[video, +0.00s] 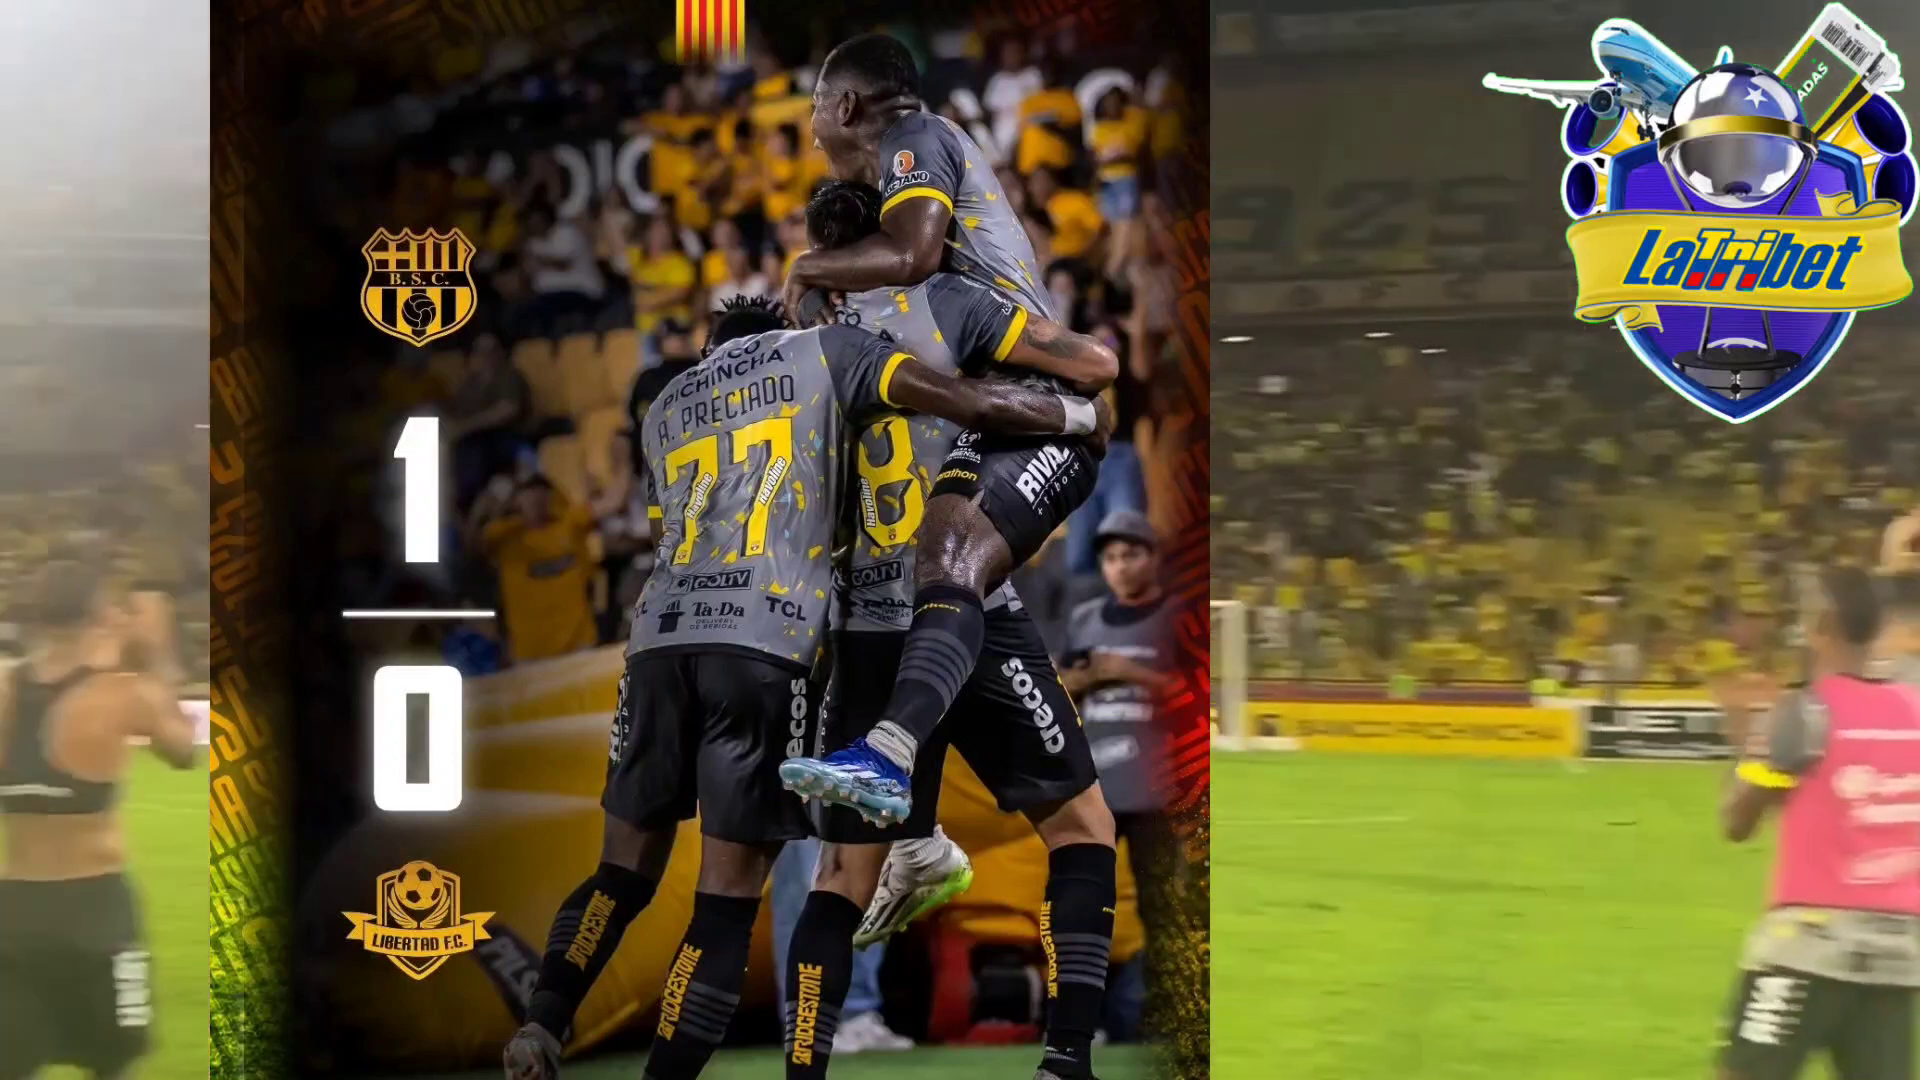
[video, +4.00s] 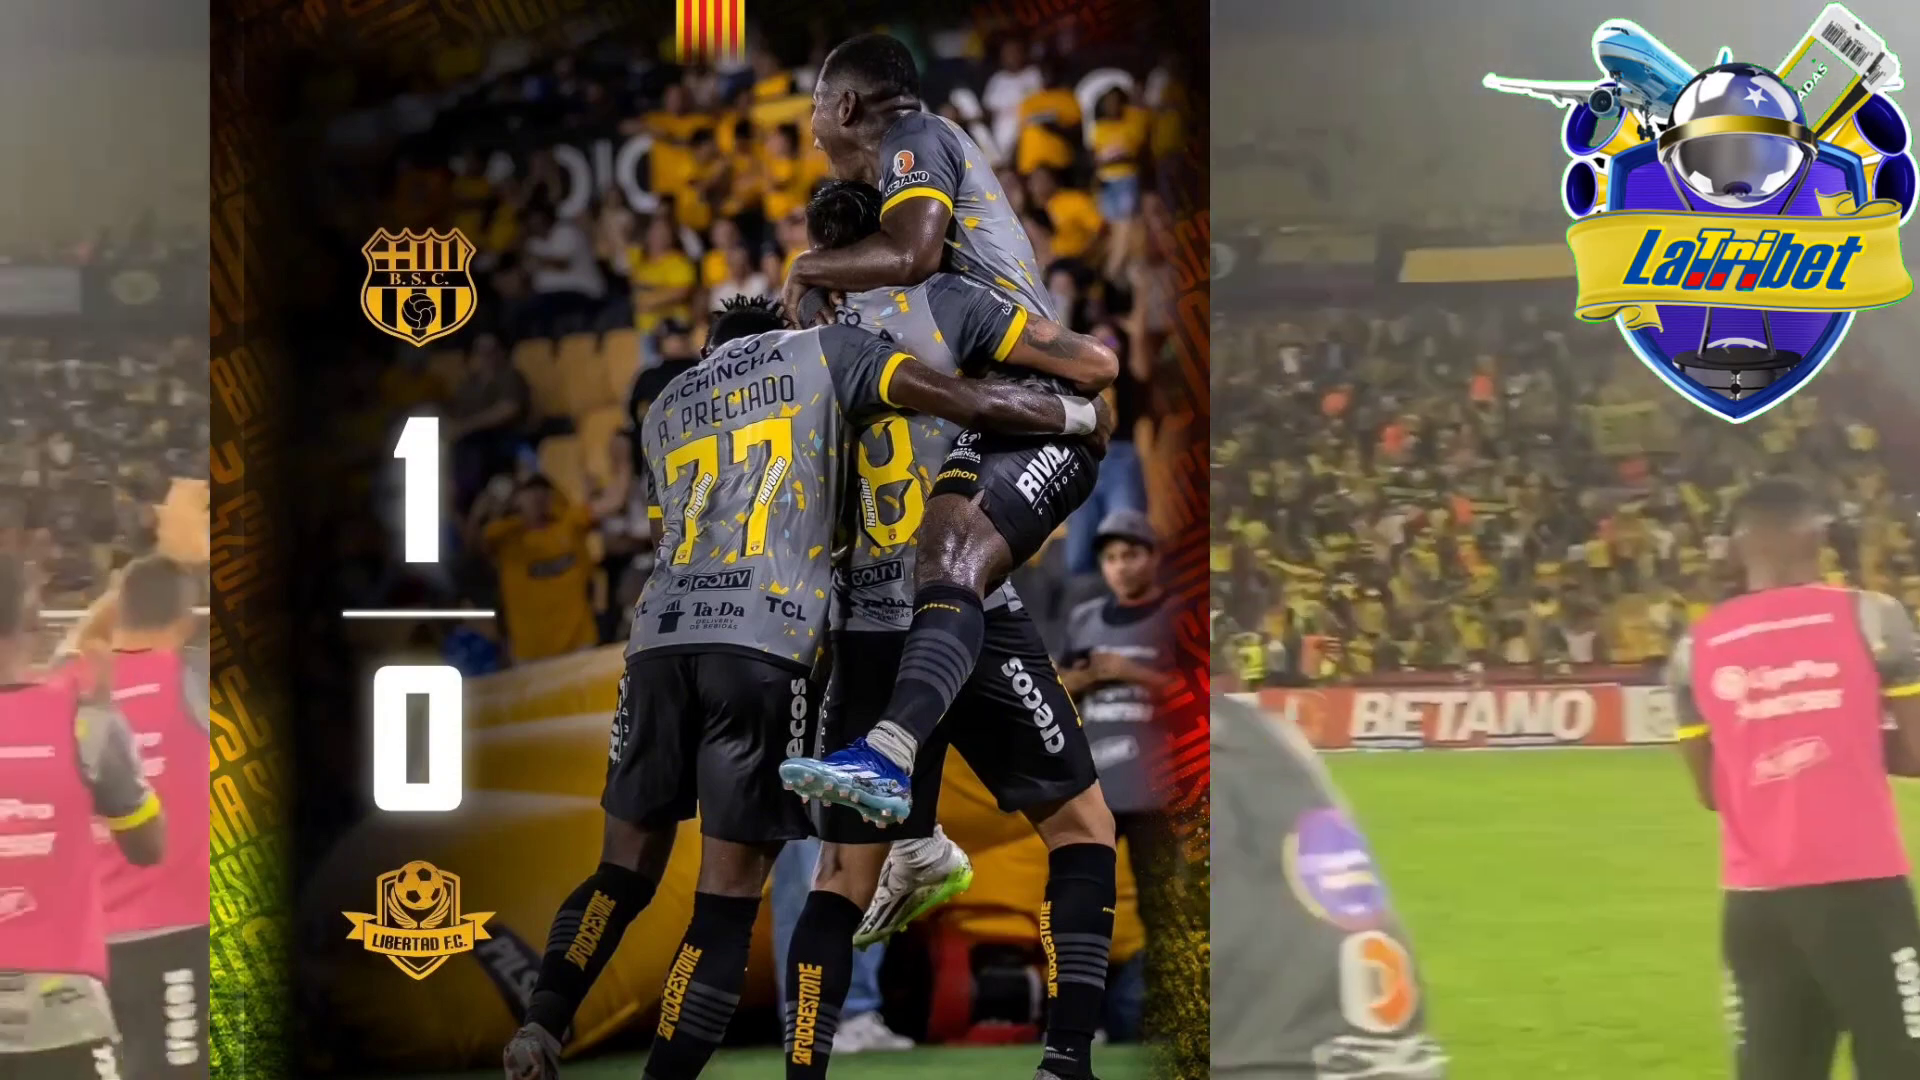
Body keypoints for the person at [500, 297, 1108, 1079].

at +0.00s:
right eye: (804, 317)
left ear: (708, 345)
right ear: (787, 323)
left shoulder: (661, 407)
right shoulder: (830, 348)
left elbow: (679, 519)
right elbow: (972, 400)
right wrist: (1089, 418)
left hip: (657, 648)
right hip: (761, 648)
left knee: (623, 867)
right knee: (727, 893)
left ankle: (543, 1026)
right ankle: (667, 1075)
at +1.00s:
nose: (822, 323)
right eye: (811, 317)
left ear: (709, 347)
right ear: (792, 323)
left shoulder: (660, 403)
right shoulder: (830, 348)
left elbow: (678, 521)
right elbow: (971, 399)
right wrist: (1088, 417)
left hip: (657, 648)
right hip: (761, 648)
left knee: (623, 866)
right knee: (727, 892)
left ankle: (541, 1028)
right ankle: (667, 1075)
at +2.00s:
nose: (824, 324)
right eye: (812, 317)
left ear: (708, 346)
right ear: (791, 323)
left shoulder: (659, 403)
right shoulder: (831, 348)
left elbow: (677, 520)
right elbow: (971, 400)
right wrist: (1088, 417)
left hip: (657, 648)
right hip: (761, 648)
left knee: (623, 865)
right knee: (727, 892)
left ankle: (541, 1027)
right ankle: (667, 1075)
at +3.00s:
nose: (828, 325)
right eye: (816, 318)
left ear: (708, 345)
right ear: (790, 323)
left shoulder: (660, 407)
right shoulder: (830, 348)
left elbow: (679, 522)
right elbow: (973, 400)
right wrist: (1089, 417)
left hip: (657, 648)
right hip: (762, 648)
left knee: (623, 865)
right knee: (728, 892)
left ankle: (542, 1027)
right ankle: (667, 1075)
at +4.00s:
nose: (826, 326)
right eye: (814, 319)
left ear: (709, 346)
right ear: (792, 324)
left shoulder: (660, 405)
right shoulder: (830, 348)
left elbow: (680, 521)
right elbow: (970, 400)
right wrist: (1088, 417)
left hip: (657, 648)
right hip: (762, 649)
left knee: (623, 865)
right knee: (727, 892)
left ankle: (542, 1028)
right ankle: (667, 1075)